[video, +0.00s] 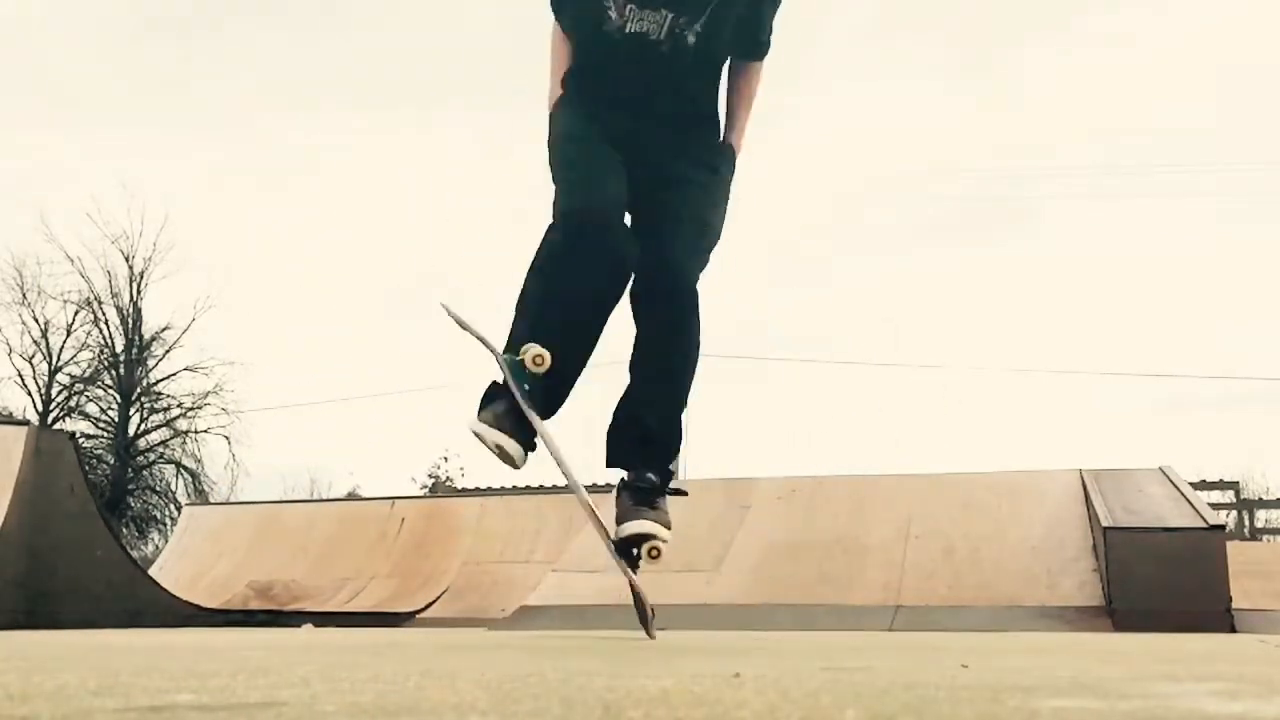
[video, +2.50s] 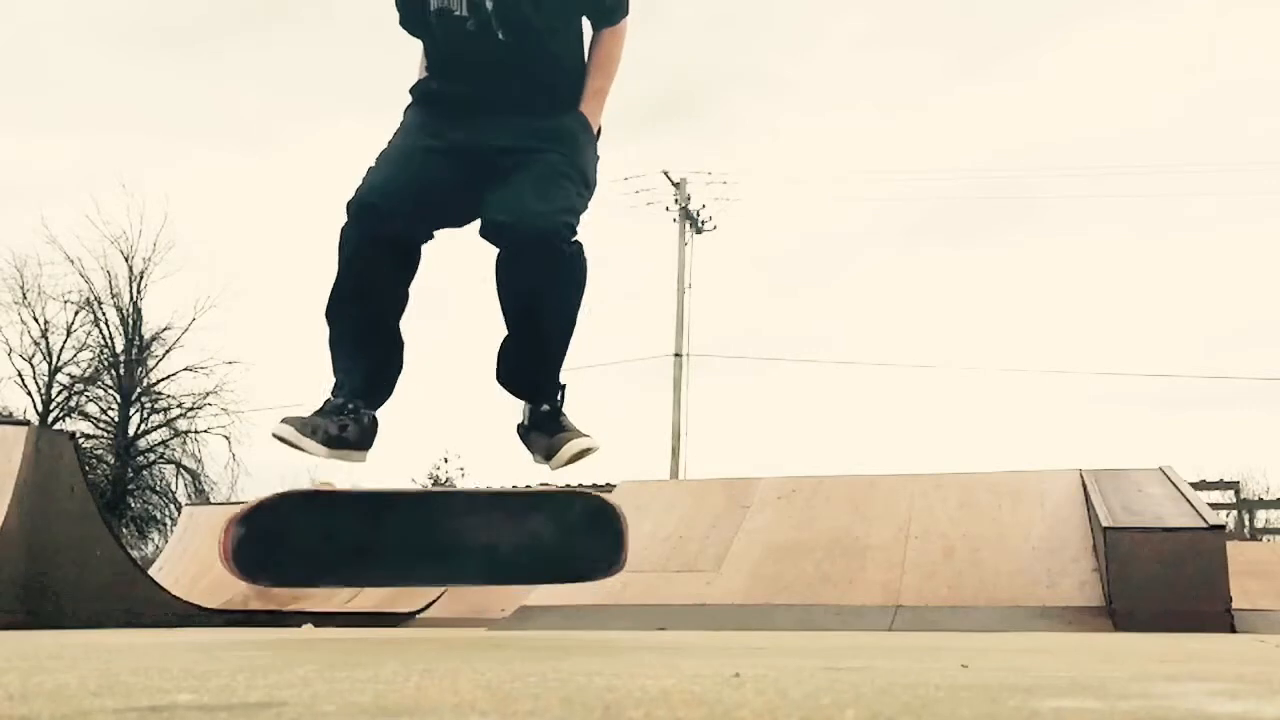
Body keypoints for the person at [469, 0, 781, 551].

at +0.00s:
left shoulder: (753, 5)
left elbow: (748, 55)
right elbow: (566, 25)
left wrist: (731, 148)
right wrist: (559, 112)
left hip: (686, 122)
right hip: (592, 109)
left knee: (671, 289)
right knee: (593, 236)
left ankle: (645, 477)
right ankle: (520, 397)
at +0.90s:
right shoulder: (521, 3)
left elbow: (707, 54)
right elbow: (528, 56)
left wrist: (694, 164)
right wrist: (524, 134)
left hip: (651, 124)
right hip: (556, 117)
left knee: (628, 322)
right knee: (527, 191)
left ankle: (613, 493)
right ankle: (481, 351)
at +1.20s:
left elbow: (651, 21)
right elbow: (478, 36)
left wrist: (641, 117)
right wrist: (466, 102)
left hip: (601, 106)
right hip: (498, 100)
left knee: (596, 305)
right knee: (449, 185)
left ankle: (592, 500)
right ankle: (454, 340)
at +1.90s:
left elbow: (624, 13)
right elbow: (443, 32)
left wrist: (609, 104)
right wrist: (436, 96)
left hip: (561, 108)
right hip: (462, 103)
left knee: (565, 251)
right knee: (402, 144)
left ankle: (566, 418)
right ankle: (421, 324)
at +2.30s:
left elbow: (614, 17)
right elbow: (432, 35)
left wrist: (592, 115)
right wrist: (429, 100)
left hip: (550, 119)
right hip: (449, 111)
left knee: (539, 226)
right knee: (380, 197)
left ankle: (547, 399)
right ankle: (367, 384)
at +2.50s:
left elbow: (613, 18)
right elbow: (431, 36)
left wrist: (587, 118)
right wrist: (426, 102)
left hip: (548, 117)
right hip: (446, 111)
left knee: (537, 235)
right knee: (375, 221)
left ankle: (543, 410)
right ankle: (352, 405)